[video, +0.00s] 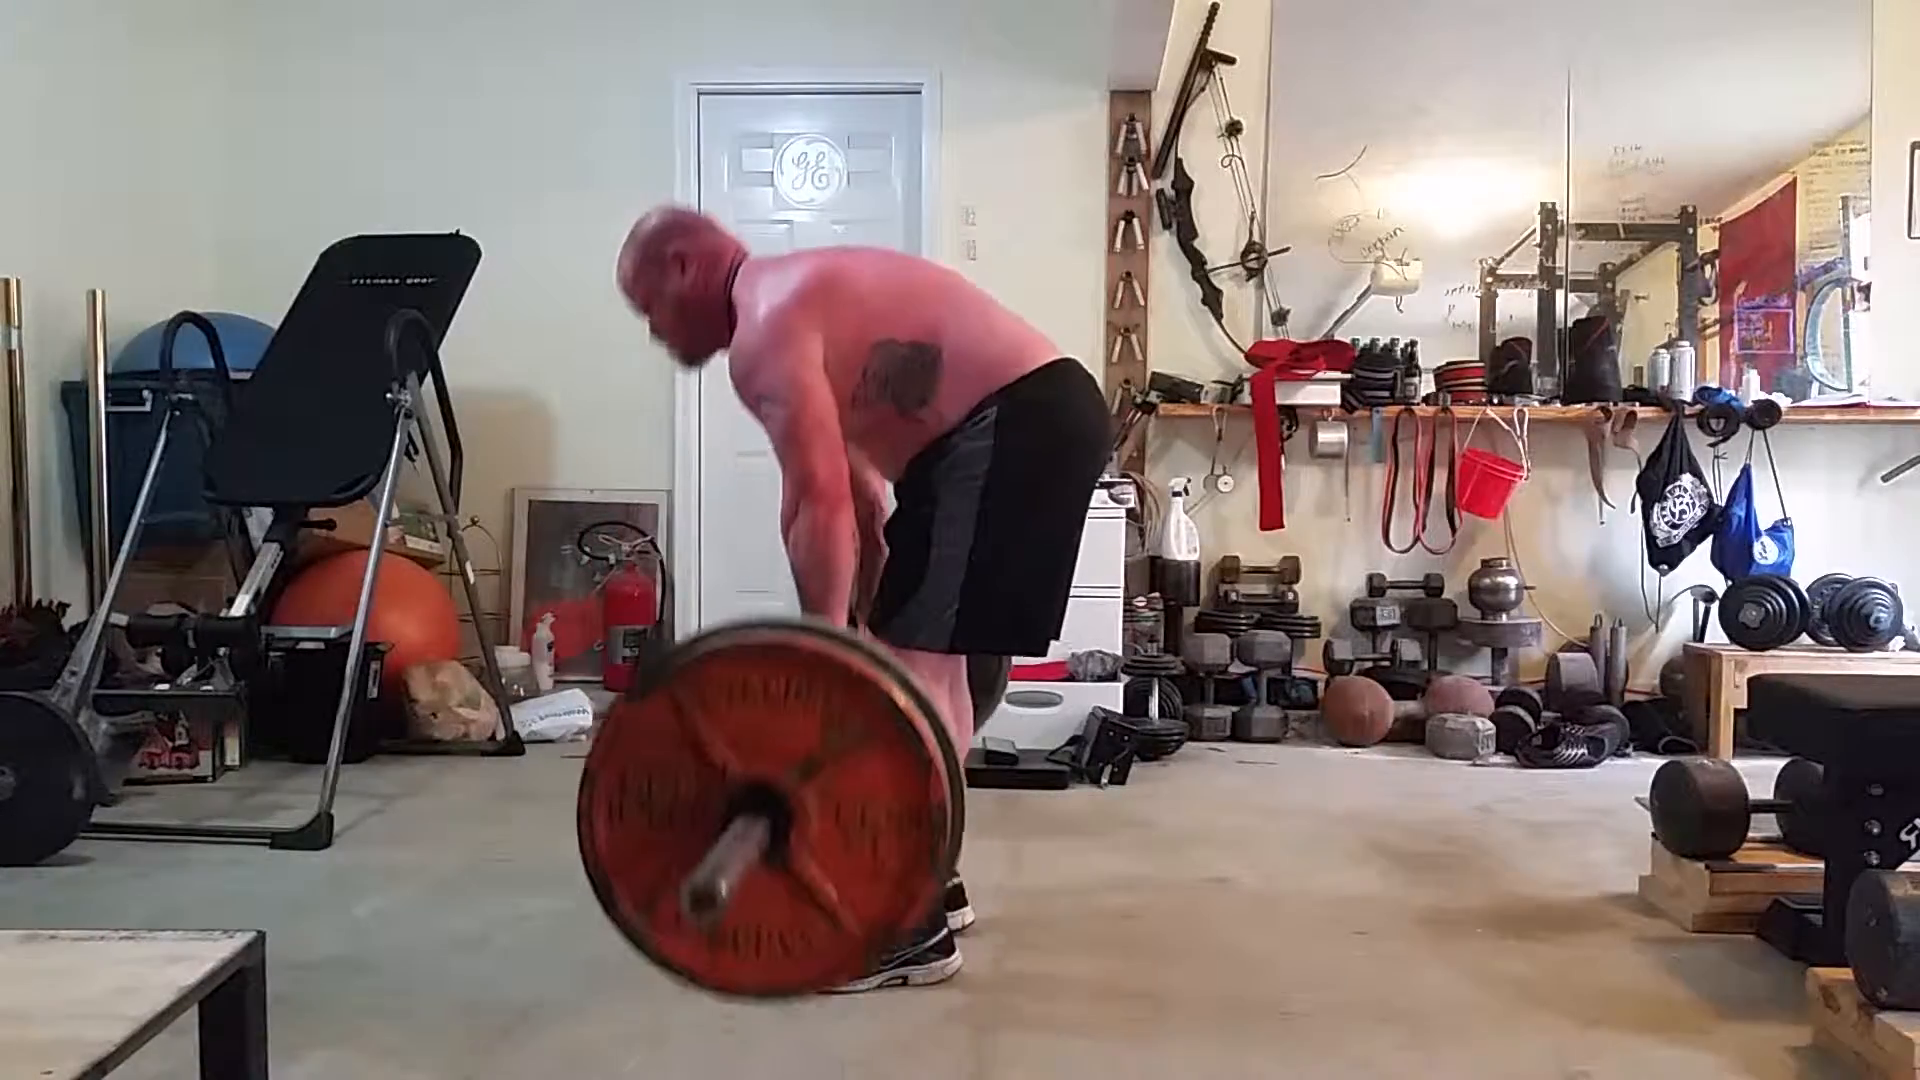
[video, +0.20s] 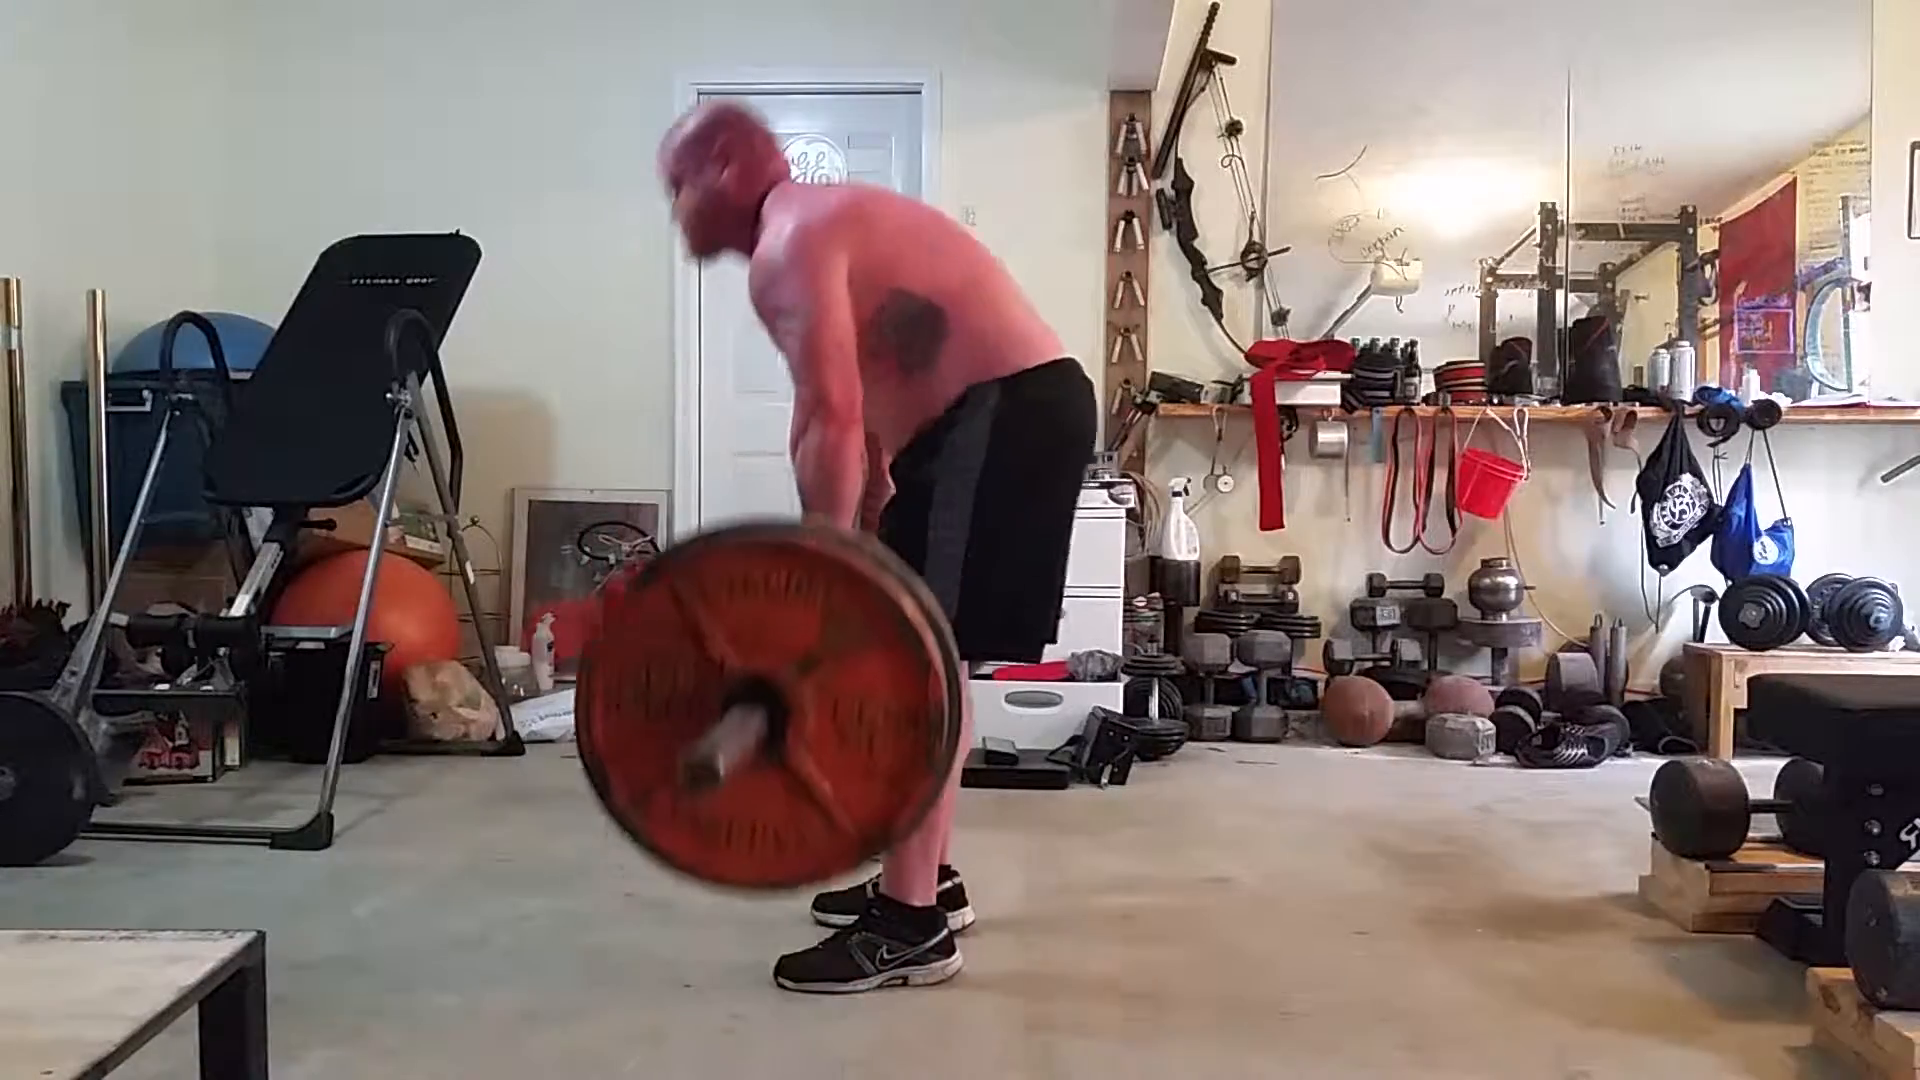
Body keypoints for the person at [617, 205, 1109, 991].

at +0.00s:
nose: (654, 331)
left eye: (649, 308)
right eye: (644, 315)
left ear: (688, 268)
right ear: (701, 262)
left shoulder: (768, 329)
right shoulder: (784, 313)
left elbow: (819, 502)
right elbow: (866, 515)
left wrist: (819, 663)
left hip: (1010, 424)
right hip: (1011, 421)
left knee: (911, 668)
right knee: (932, 668)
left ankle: (909, 922)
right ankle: (925, 889)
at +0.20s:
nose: (676, 216)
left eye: (678, 190)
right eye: (671, 195)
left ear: (730, 168)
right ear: (746, 166)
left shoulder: (796, 236)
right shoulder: (817, 226)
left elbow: (833, 419)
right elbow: (863, 426)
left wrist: (817, 586)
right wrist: (849, 561)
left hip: (999, 414)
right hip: (985, 418)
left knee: (920, 658)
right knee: (920, 651)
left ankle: (912, 912)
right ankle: (922, 875)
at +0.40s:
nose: (730, 74)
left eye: (744, 51)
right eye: (734, 55)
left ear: (801, 55)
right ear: (815, 61)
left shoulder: (841, 141)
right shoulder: (832, 147)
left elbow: (851, 324)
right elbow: (841, 330)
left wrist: (821, 491)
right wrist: (806, 488)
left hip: (963, 397)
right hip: (944, 398)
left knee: (922, 654)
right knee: (918, 650)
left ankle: (912, 917)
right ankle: (921, 882)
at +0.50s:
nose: (769, 21)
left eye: (787, 4)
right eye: (775, 6)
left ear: (841, 13)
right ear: (853, 21)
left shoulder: (860, 112)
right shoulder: (855, 115)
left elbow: (860, 294)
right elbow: (841, 302)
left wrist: (822, 454)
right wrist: (803, 451)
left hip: (945, 395)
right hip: (946, 395)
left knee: (921, 656)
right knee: (922, 654)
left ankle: (913, 917)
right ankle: (922, 882)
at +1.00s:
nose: (723, 76)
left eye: (733, 49)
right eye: (724, 55)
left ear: (787, 40)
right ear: (802, 45)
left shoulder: (843, 134)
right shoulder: (843, 134)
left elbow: (852, 318)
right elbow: (851, 323)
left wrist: (819, 481)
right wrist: (807, 478)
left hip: (952, 403)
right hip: (948, 403)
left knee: (896, 650)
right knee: (909, 648)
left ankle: (908, 919)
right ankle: (924, 878)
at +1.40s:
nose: (655, 284)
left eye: (649, 259)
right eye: (644, 269)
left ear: (684, 215)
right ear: (695, 211)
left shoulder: (776, 269)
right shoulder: (780, 269)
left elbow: (827, 446)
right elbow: (838, 458)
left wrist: (819, 618)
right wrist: (841, 616)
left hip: (996, 417)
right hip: (967, 426)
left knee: (906, 676)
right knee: (903, 667)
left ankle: (909, 915)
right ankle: (924, 885)